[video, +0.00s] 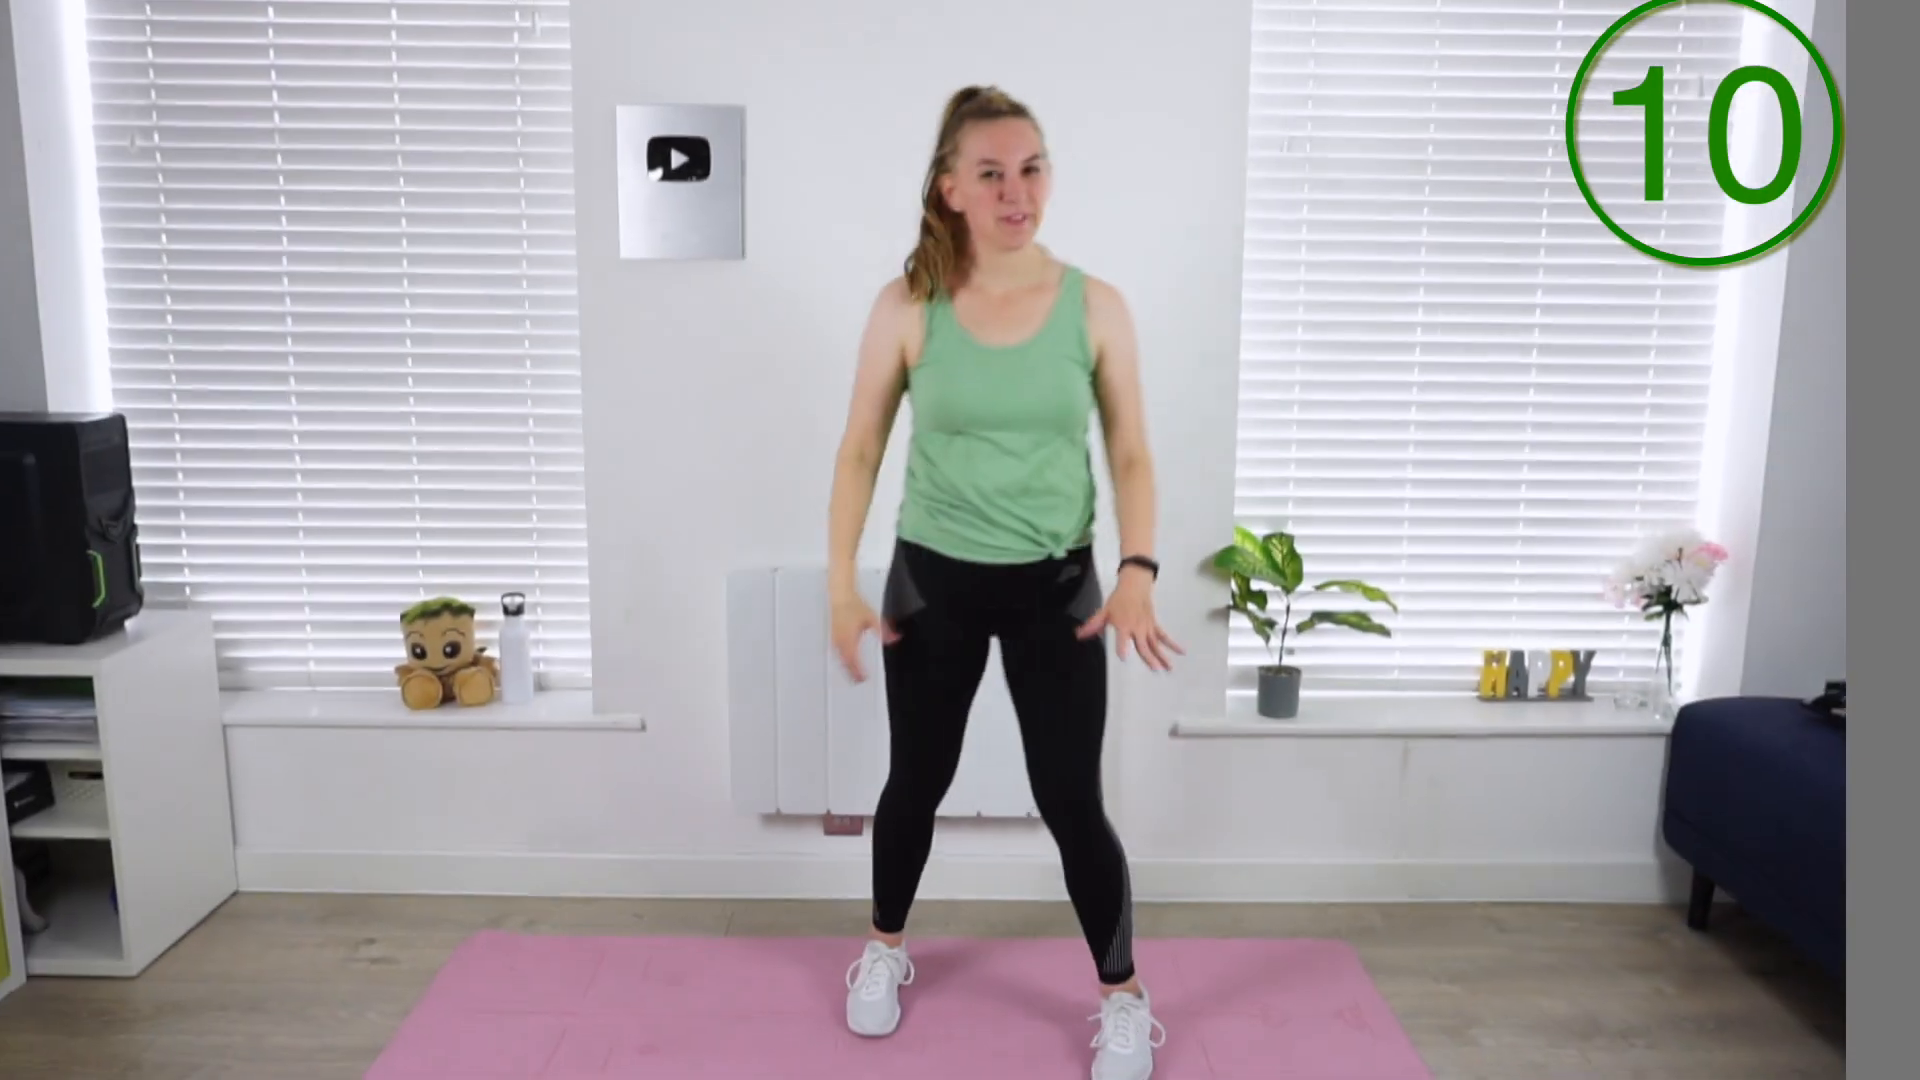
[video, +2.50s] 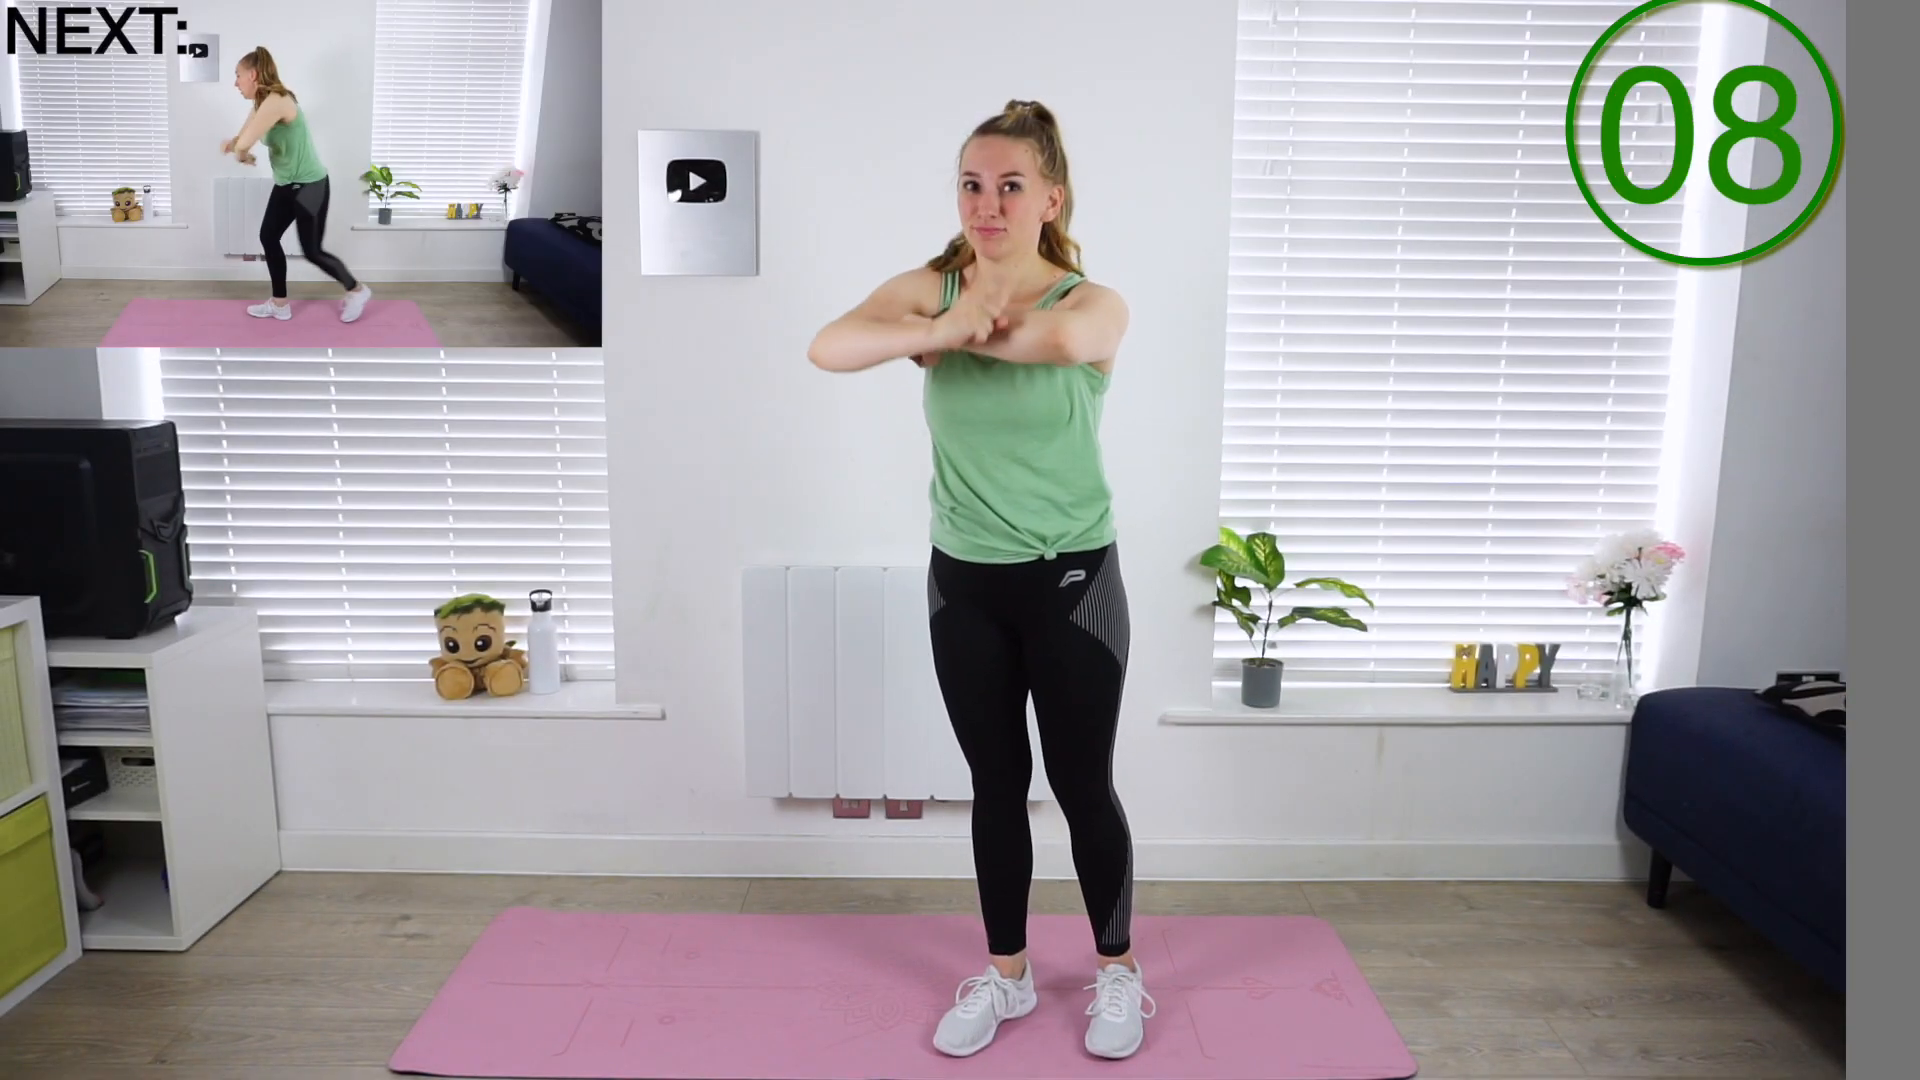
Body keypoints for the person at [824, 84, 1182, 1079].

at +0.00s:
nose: (1016, 191)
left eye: (1030, 170)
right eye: (991, 173)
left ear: (1048, 177)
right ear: (948, 188)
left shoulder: (1094, 307)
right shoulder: (907, 308)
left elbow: (1131, 455)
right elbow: (859, 454)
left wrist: (1136, 569)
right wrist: (844, 586)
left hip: (1057, 582)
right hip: (935, 578)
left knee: (1071, 802)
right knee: (915, 780)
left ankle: (1122, 998)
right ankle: (883, 947)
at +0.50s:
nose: (1066, 201)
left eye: (1086, 184)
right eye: (1048, 182)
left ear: (1117, 201)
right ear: (1022, 194)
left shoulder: (1136, 306)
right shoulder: (987, 280)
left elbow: (1174, 383)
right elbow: (865, 291)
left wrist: (1036, 400)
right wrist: (997, 286)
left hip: (1101, 576)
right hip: (994, 572)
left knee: (1099, 787)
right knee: (999, 787)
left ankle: (1116, 972)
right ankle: (1007, 972)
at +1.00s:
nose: (1030, 204)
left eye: (1052, 186)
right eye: (1013, 184)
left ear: (1084, 201)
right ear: (988, 196)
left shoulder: (1117, 296)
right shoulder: (963, 280)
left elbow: (1087, 322)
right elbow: (844, 315)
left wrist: (943, 297)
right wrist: (978, 325)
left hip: (1095, 578)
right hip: (985, 576)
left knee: (1098, 782)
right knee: (1002, 788)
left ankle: (1118, 969)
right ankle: (1008, 971)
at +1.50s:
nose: (1017, 208)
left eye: (1039, 190)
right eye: (1000, 188)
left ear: (1071, 201)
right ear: (977, 195)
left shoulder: (1102, 289)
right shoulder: (950, 276)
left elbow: (1091, 330)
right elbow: (838, 330)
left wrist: (943, 313)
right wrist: (939, 355)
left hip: (1088, 572)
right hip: (979, 571)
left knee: (1092, 780)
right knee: (1004, 778)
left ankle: (1117, 970)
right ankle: (1006, 970)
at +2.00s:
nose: (1001, 215)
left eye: (1023, 195)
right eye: (984, 193)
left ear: (1062, 201)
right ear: (965, 196)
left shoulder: (1098, 293)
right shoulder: (940, 276)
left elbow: (1079, 328)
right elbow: (831, 328)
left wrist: (959, 307)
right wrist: (932, 345)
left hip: (1078, 577)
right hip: (969, 575)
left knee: (1087, 783)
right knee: (999, 783)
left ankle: (1116, 969)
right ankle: (1007, 972)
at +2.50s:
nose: (987, 204)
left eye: (1010, 186)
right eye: (972, 184)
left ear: (1053, 198)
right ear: (956, 193)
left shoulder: (1092, 299)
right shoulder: (924, 290)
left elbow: (1069, 341)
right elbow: (827, 350)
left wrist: (958, 340)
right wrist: (941, 326)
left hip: (1073, 578)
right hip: (964, 578)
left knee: (1084, 786)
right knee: (996, 786)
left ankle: (1116, 970)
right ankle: (1007, 971)